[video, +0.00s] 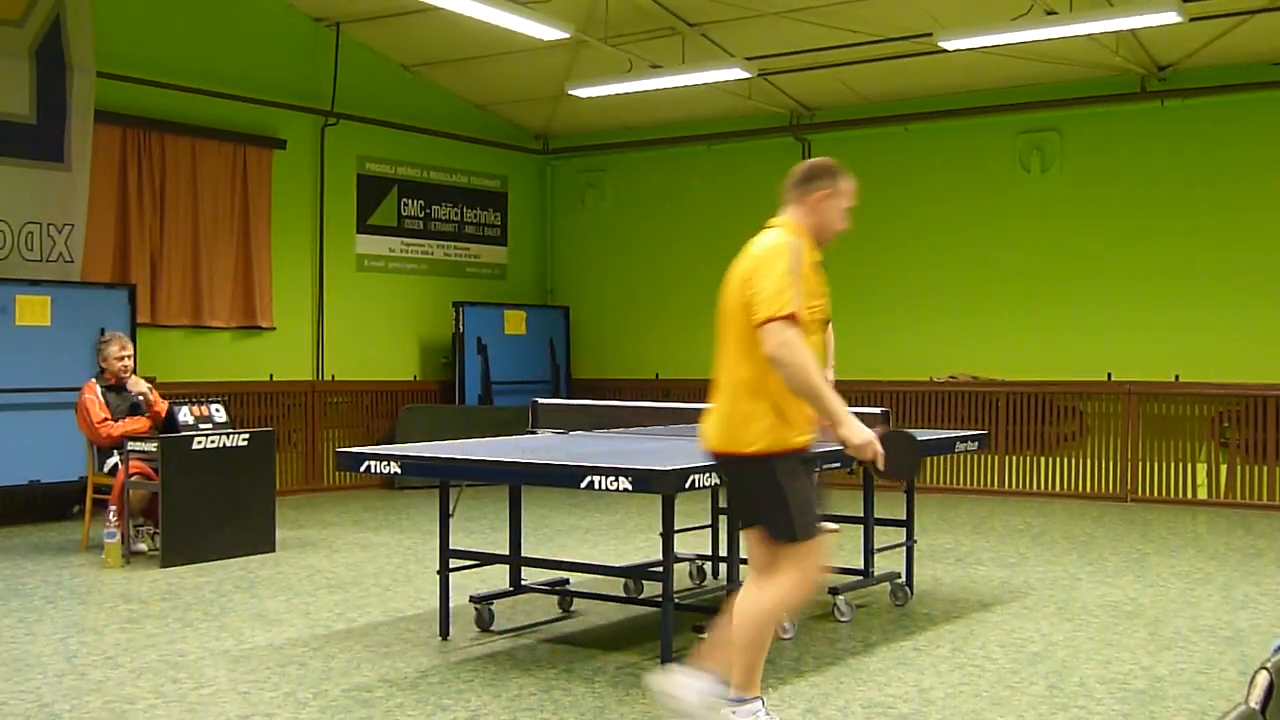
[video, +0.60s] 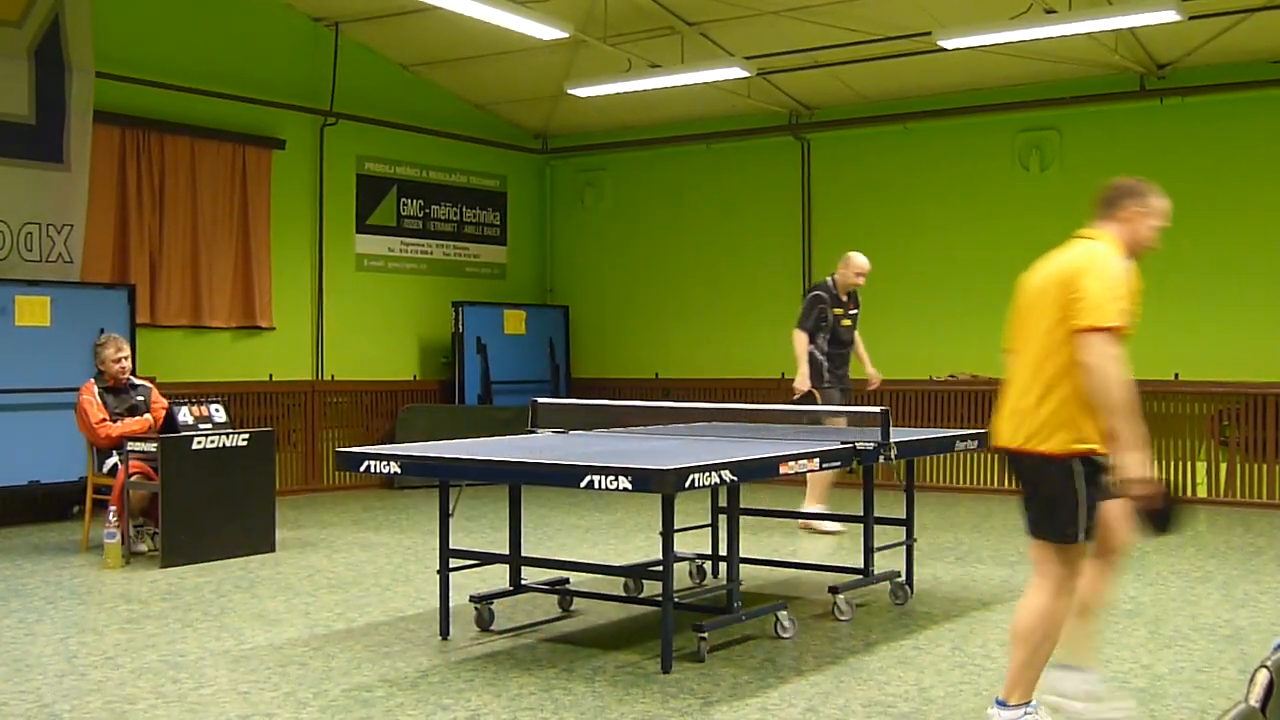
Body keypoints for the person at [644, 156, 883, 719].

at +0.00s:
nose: (847, 222)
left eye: (849, 210)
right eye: (844, 208)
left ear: (811, 198)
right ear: (815, 198)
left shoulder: (784, 250)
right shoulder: (780, 249)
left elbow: (784, 345)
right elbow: (780, 342)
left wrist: (825, 417)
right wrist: (844, 419)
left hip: (755, 436)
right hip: (762, 437)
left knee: (768, 569)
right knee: (809, 563)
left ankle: (743, 700)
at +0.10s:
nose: (900, 220)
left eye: (902, 208)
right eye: (895, 206)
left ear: (855, 200)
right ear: (865, 199)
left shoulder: (816, 250)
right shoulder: (839, 249)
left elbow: (815, 351)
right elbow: (821, 340)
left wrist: (884, 391)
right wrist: (867, 433)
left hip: (784, 436)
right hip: (819, 440)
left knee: (776, 566)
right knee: (880, 562)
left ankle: (744, 699)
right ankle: (875, 702)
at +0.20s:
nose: (942, 230)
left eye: (944, 218)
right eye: (938, 216)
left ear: (905, 208)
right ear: (907, 206)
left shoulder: (864, 256)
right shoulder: (880, 259)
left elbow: (860, 356)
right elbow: (858, 350)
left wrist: (931, 392)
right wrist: (885, 445)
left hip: (819, 445)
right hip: (855, 451)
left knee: (795, 566)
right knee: (919, 569)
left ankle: (747, 697)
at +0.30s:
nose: (1011, 238)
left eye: (1013, 226)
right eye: (1007, 224)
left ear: (968, 219)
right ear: (978, 218)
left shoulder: (923, 266)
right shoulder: (952, 271)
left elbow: (924, 363)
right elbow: (924, 361)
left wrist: (982, 405)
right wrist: (932, 463)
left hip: (882, 454)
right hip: (927, 457)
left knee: (864, 564)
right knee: (993, 565)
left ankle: (769, 681)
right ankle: (1007, 704)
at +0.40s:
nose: (1057, 239)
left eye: (1060, 227)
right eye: (1056, 225)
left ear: (1014, 215)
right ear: (1032, 217)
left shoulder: (959, 266)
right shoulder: (1000, 270)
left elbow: (946, 367)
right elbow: (974, 358)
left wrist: (1007, 413)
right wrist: (978, 462)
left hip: (930, 453)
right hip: (975, 456)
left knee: (934, 569)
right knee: (1028, 567)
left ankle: (828, 650)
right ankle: (1010, 706)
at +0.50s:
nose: (1118, 234)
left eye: (1121, 222)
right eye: (1116, 221)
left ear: (1074, 210)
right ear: (1091, 212)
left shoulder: (1015, 260)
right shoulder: (1064, 263)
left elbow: (1001, 356)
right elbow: (1047, 353)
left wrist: (1065, 413)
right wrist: (1064, 449)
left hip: (989, 441)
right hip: (1024, 446)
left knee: (1038, 554)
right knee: (1049, 569)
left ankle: (957, 643)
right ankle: (1012, 704)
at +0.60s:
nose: (1157, 237)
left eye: (1161, 225)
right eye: (1156, 224)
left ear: (1113, 213)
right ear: (1129, 214)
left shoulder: (1052, 261)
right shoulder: (1102, 260)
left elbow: (1022, 353)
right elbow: (1097, 353)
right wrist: (1133, 448)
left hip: (1036, 435)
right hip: (1056, 440)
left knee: (1113, 537)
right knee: (1056, 573)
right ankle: (1012, 705)